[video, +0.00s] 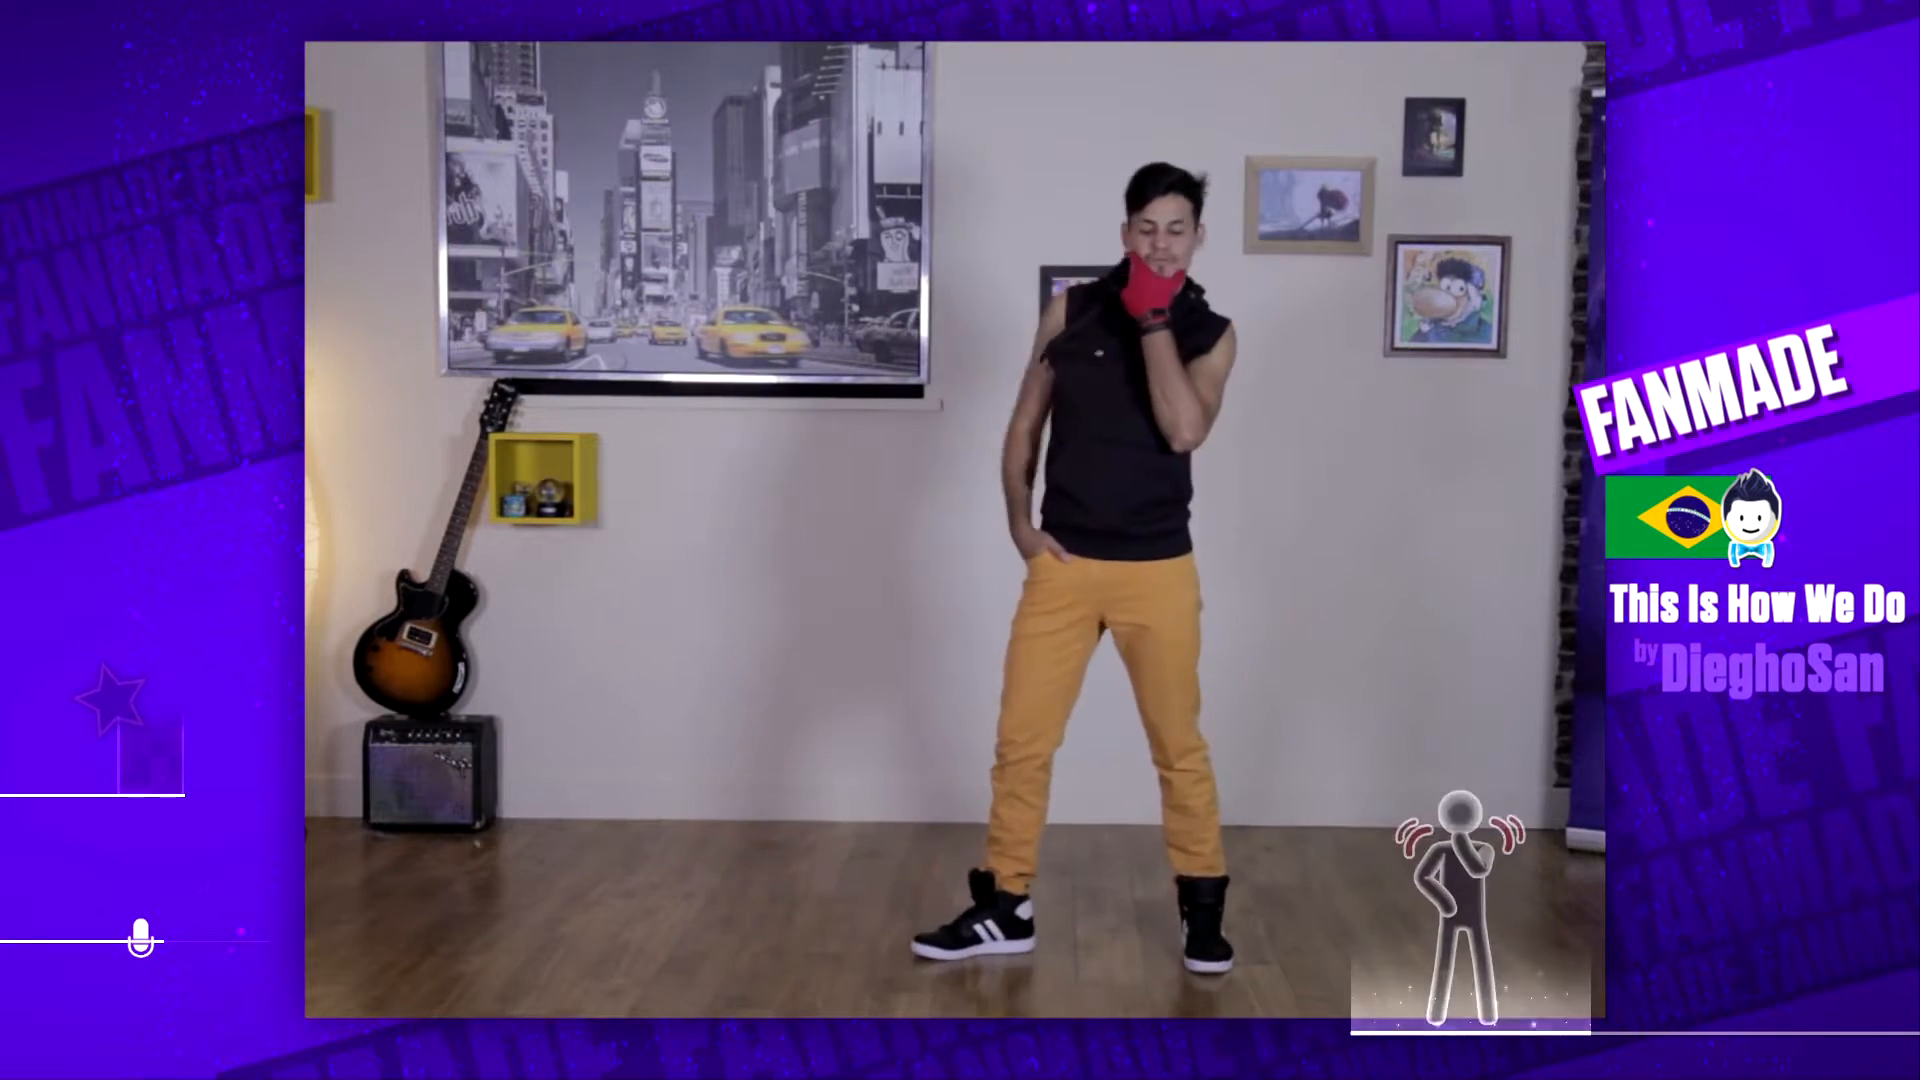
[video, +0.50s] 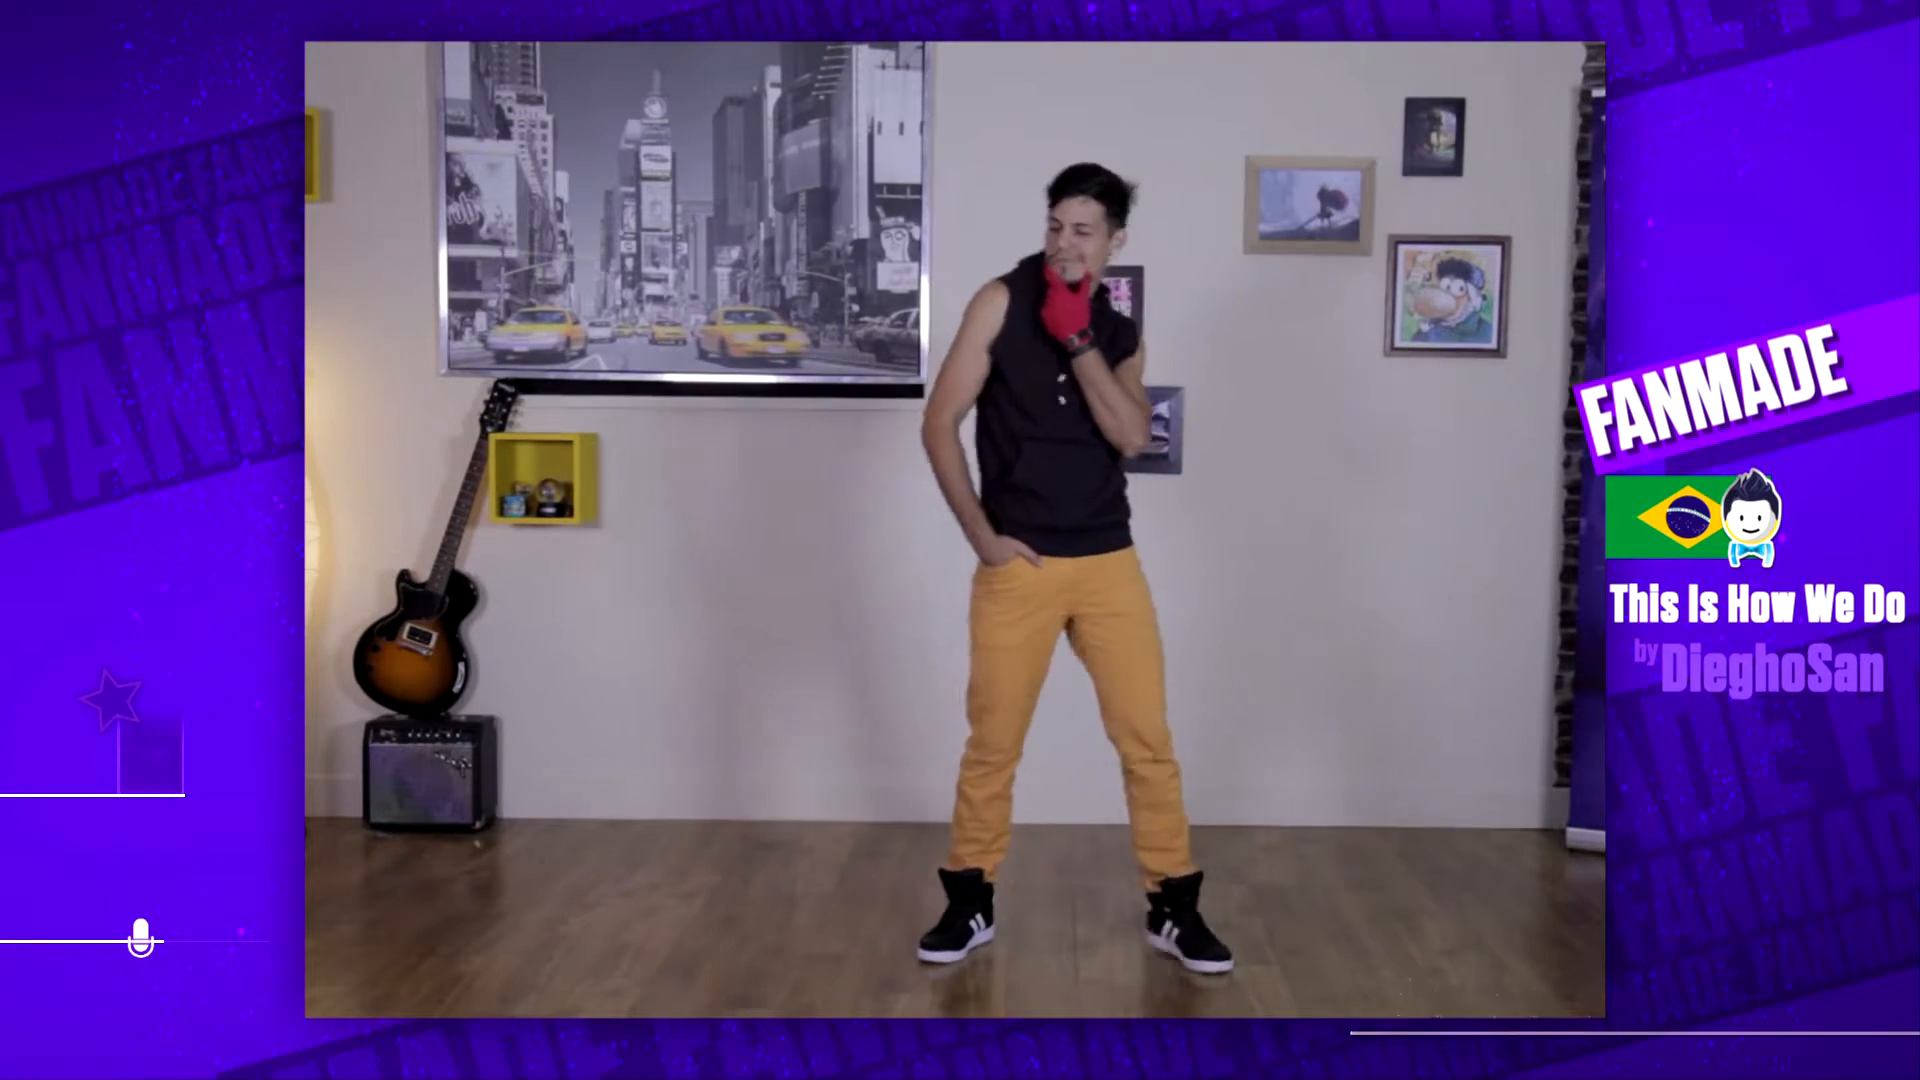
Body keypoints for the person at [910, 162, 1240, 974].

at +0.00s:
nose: (1160, 244)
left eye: (1176, 230)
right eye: (1147, 229)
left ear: (1199, 239)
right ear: (1124, 232)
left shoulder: (1210, 333)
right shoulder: (1071, 313)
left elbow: (1184, 429)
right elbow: (1025, 428)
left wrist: (1153, 320)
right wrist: (1021, 523)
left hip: (1156, 573)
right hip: (1062, 565)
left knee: (1177, 747)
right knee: (1020, 744)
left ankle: (1202, 909)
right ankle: (1005, 908)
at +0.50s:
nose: (1067, 244)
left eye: (1085, 231)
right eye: (1058, 229)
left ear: (1113, 240)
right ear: (1045, 230)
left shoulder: (1118, 325)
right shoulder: (1001, 304)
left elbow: (1133, 435)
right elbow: (938, 426)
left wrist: (1080, 345)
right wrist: (984, 540)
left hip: (1108, 565)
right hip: (1017, 566)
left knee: (1148, 738)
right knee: (992, 744)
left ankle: (1173, 906)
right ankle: (969, 903)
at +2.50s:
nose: (1022, 247)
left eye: (1034, 228)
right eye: (1009, 238)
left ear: (1073, 225)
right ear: (1002, 248)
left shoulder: (1132, 307)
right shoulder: (1024, 326)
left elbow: (1099, 413)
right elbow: (1012, 440)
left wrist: (1036, 321)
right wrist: (989, 516)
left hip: (1113, 574)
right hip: (1023, 570)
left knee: (1151, 751)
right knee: (992, 746)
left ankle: (1191, 909)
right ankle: (984, 906)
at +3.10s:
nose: (1088, 249)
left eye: (1106, 235)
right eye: (1082, 233)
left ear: (1148, 242)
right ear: (1073, 232)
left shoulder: (1160, 338)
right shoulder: (1027, 304)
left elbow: (1155, 449)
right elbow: (956, 424)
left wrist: (1104, 352)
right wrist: (993, 534)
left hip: (1124, 568)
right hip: (1030, 565)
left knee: (1148, 742)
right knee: (993, 739)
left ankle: (1168, 906)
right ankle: (963, 898)